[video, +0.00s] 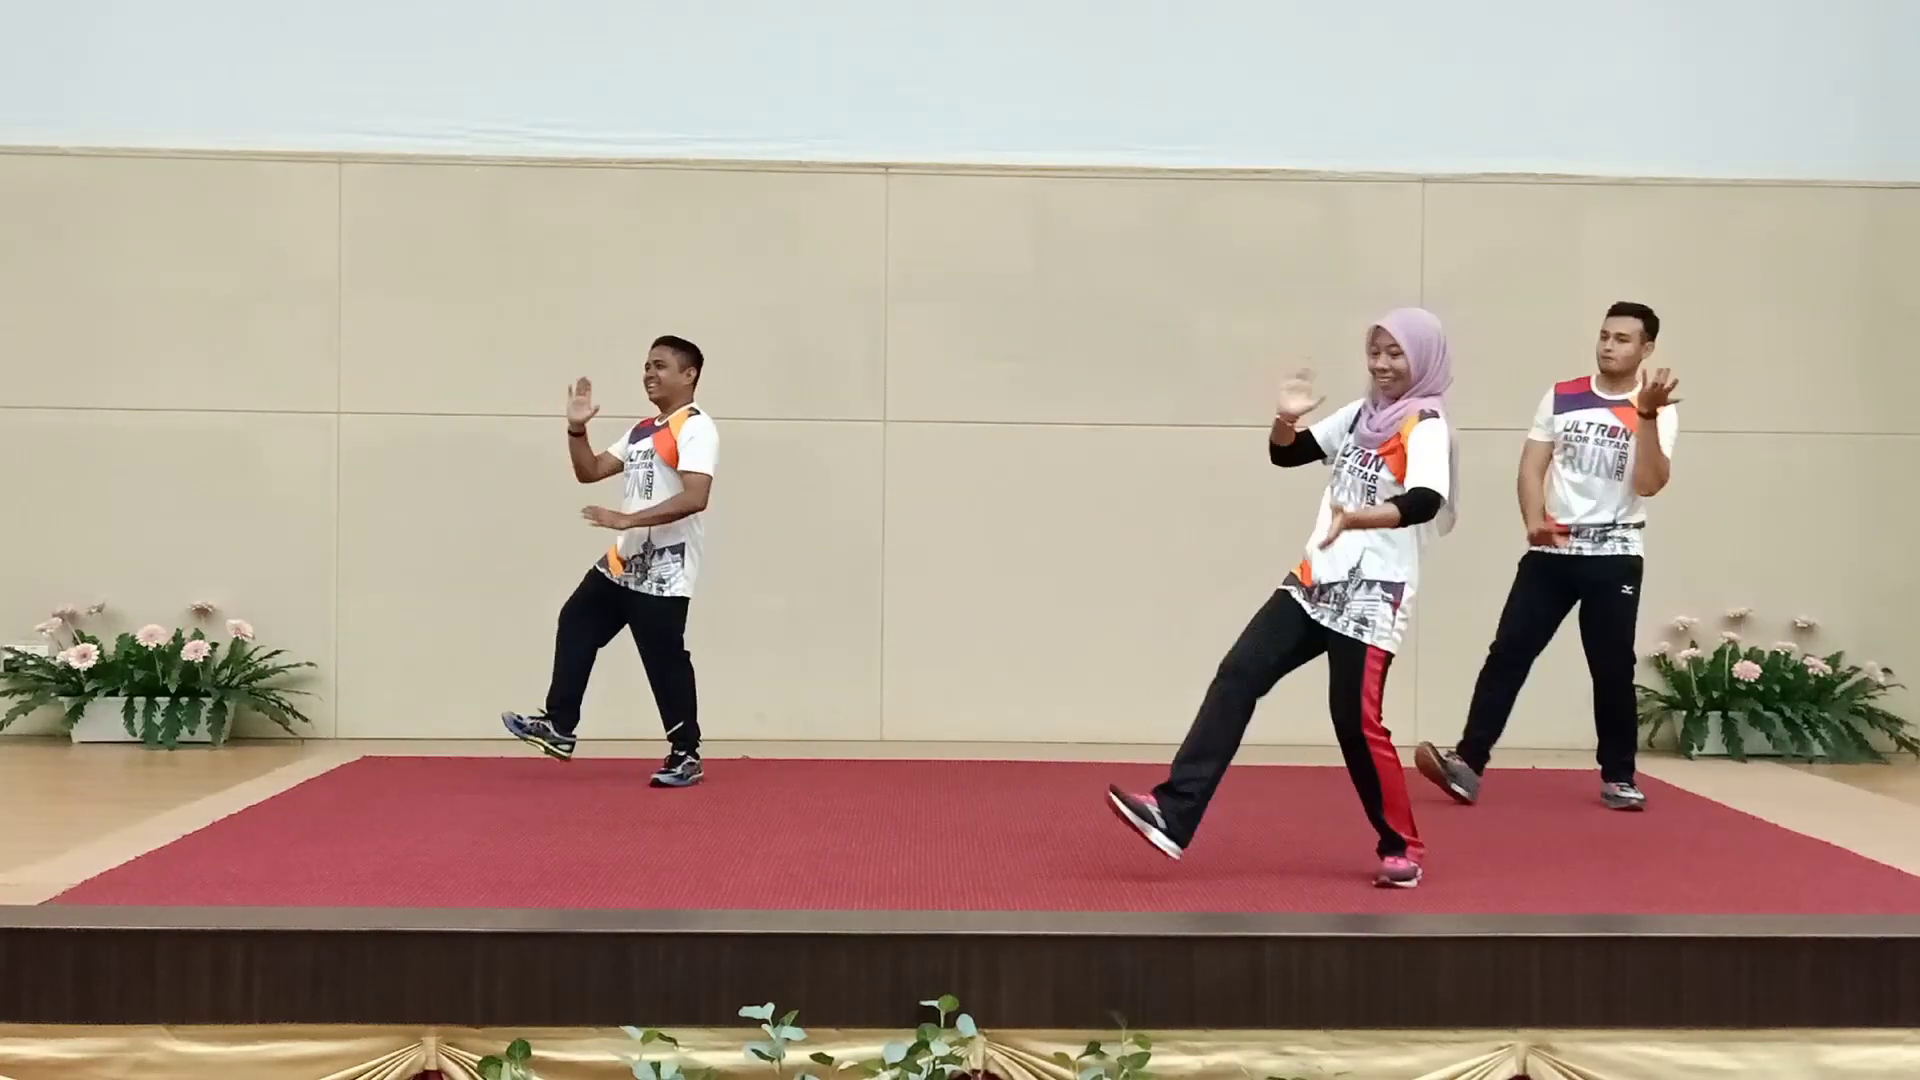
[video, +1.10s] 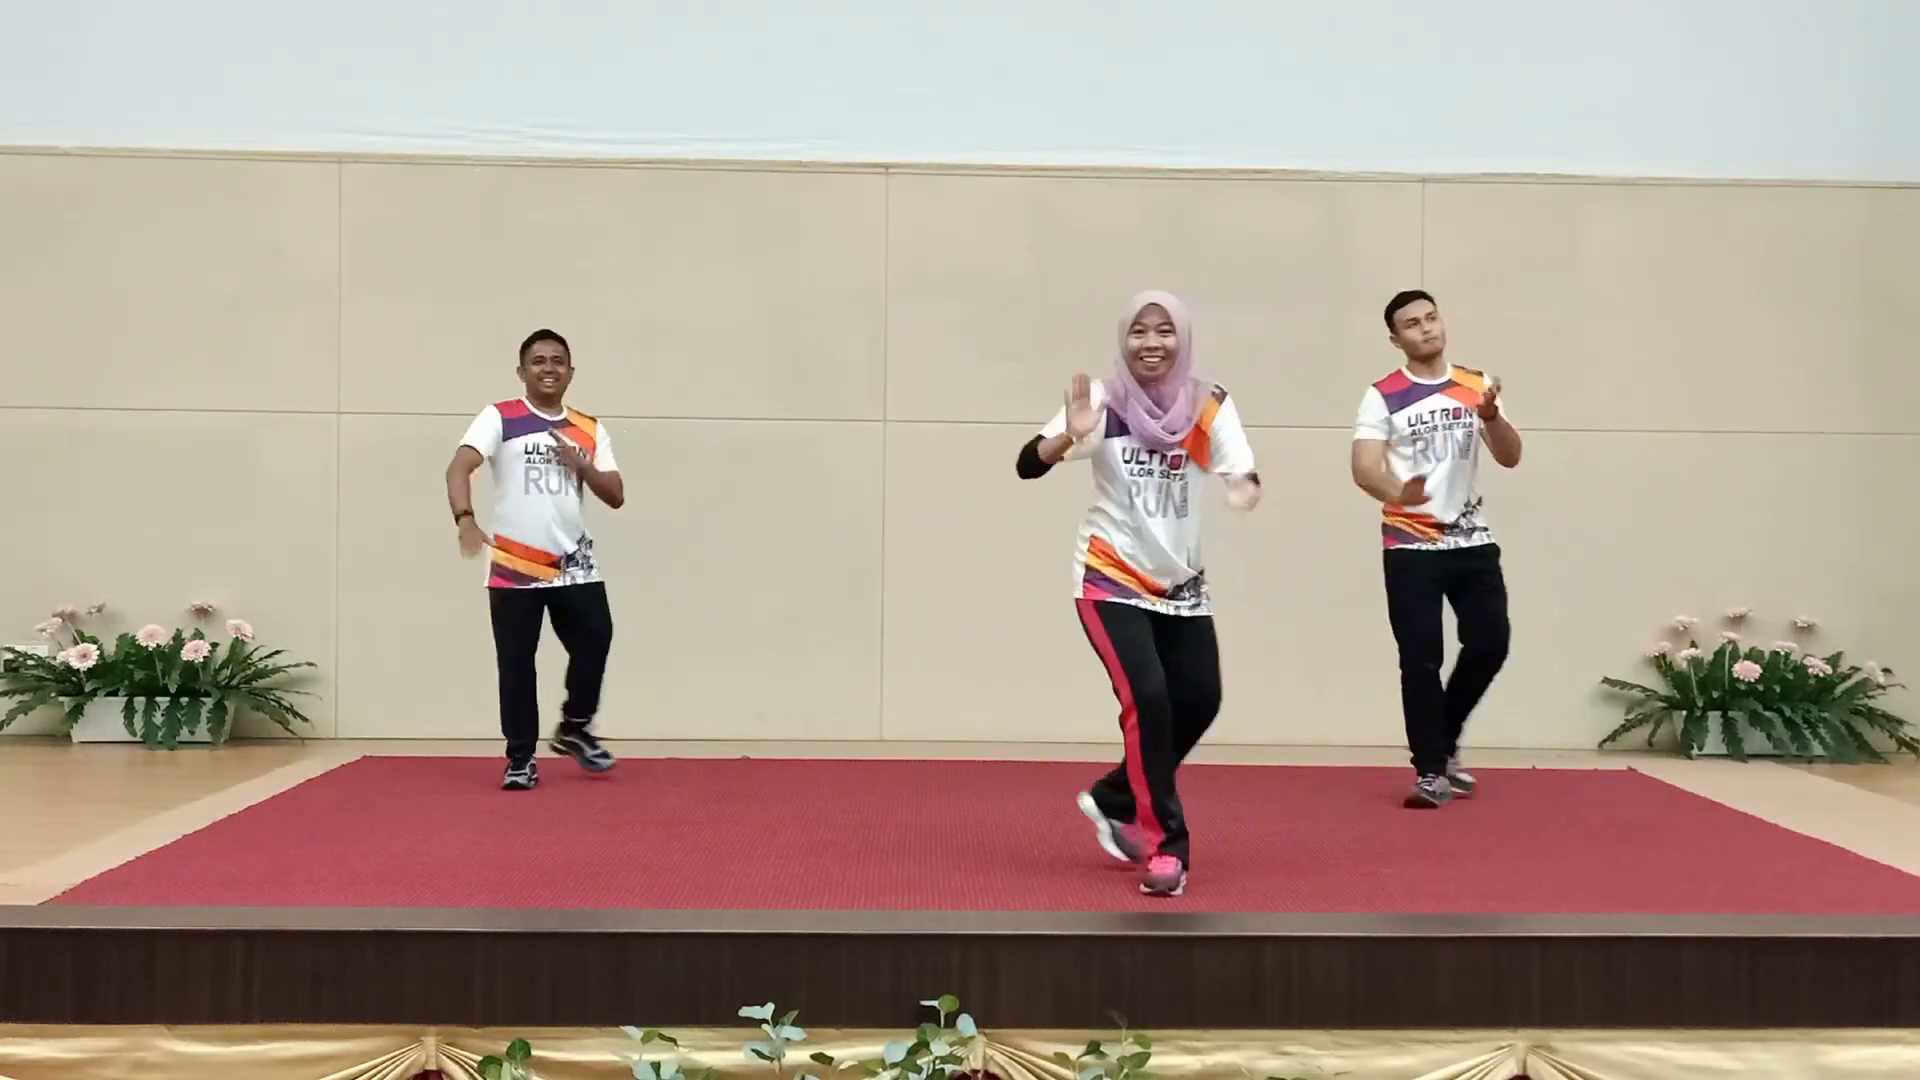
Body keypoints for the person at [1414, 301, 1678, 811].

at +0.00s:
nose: (1610, 346)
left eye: (1623, 339)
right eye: (1606, 336)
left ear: (1646, 349)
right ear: (1597, 340)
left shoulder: (1656, 410)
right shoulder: (1561, 397)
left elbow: (1649, 484)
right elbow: (1530, 469)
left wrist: (1647, 415)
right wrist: (1535, 522)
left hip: (1614, 554)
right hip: (1552, 549)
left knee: (1613, 671)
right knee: (1508, 652)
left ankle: (1619, 778)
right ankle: (1468, 765)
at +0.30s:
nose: (1611, 343)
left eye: (1621, 334)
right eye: (1601, 336)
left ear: (1642, 339)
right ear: (1591, 343)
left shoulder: (1658, 408)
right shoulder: (1563, 392)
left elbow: (1659, 475)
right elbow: (1524, 460)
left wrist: (1643, 401)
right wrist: (1530, 514)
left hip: (1609, 551)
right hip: (1546, 542)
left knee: (1609, 665)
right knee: (1497, 634)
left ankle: (1619, 777)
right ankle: (1472, 750)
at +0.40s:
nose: (1589, 334)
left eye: (1598, 322)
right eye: (1578, 328)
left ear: (1619, 326)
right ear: (1570, 336)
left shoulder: (1646, 393)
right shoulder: (1549, 386)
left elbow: (1663, 455)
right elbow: (1512, 454)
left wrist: (1622, 402)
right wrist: (1535, 434)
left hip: (1603, 544)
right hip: (1538, 535)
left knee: (1610, 662)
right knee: (1490, 622)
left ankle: (1620, 776)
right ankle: (1462, 738)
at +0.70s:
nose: (1523, 339)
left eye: (1531, 328)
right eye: (1511, 334)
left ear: (1551, 332)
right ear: (1502, 347)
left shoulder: (1590, 395)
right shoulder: (1494, 400)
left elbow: (1631, 459)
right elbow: (1473, 462)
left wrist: (1595, 478)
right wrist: (1494, 397)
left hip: (1571, 555)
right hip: (1505, 553)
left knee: (1595, 665)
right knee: (1471, 652)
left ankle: (1619, 777)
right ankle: (1441, 767)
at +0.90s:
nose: (1466, 338)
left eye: (1472, 328)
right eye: (1453, 333)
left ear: (1489, 334)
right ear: (1441, 347)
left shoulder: (1527, 396)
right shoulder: (1429, 405)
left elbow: (1563, 468)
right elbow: (1417, 475)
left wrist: (1541, 487)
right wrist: (1454, 422)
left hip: (1517, 553)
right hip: (1450, 552)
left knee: (1555, 663)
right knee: (1435, 660)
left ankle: (1597, 773)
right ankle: (1432, 775)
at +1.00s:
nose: (1445, 331)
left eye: (1450, 321)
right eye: (1432, 326)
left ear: (1465, 328)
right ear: (1417, 341)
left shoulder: (1502, 391)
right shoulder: (1403, 398)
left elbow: (1534, 468)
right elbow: (1388, 472)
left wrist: (1517, 448)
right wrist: (1429, 459)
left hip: (1492, 545)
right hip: (1429, 547)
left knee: (1524, 646)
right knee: (1429, 660)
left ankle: (1526, 762)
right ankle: (1432, 774)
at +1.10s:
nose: (1426, 328)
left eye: (1431, 318)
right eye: (1412, 324)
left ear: (1444, 324)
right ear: (1397, 339)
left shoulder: (1476, 386)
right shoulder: (1383, 397)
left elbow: (1510, 456)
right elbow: (1365, 467)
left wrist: (1490, 417)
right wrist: (1396, 492)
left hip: (1471, 542)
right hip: (1412, 546)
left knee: (1490, 645)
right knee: (1421, 658)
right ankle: (1431, 772)